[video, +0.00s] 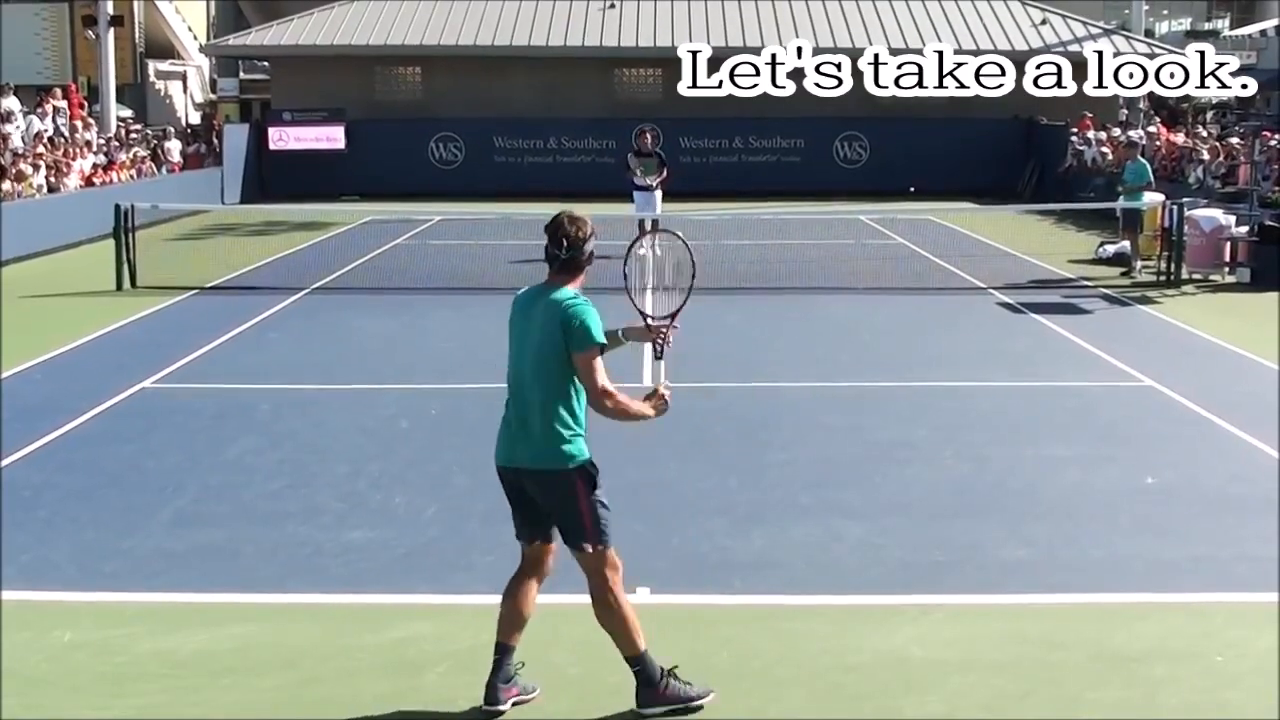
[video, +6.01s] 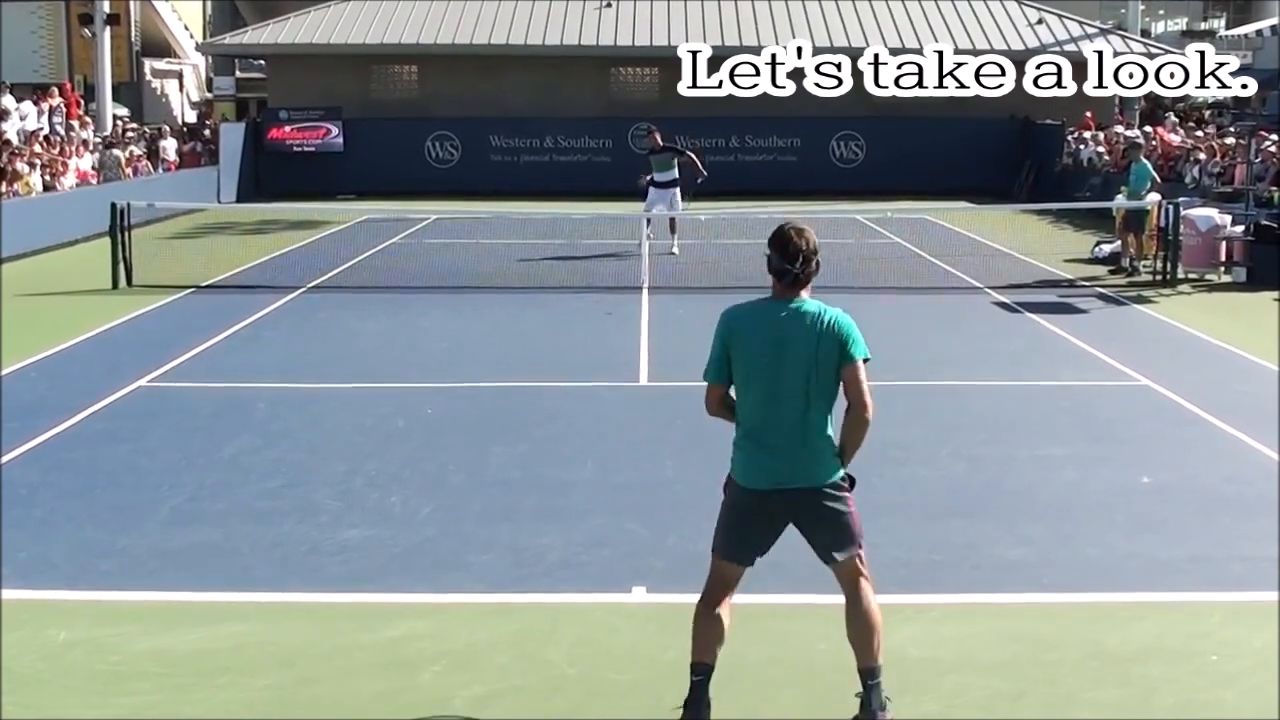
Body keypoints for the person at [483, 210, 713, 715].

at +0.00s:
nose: (592, 258)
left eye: (587, 250)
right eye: (592, 251)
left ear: (547, 253)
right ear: (589, 257)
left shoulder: (523, 302)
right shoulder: (578, 313)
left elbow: (568, 349)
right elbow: (602, 397)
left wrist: (633, 333)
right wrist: (648, 407)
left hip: (513, 457)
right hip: (560, 460)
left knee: (536, 558)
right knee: (604, 569)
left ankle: (500, 680)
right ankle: (652, 682)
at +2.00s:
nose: (538, 248)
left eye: (524, 241)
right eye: (537, 243)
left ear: (493, 247)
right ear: (535, 250)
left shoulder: (468, 293)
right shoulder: (530, 305)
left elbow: (506, 336)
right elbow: (545, 388)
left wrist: (562, 347)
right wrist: (572, 411)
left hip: (461, 445)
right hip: (513, 445)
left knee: (431, 549)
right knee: (563, 543)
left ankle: (382, 659)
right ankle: (544, 662)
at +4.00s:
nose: (600, 266)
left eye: (601, 259)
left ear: (603, 262)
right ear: (647, 261)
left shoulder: (606, 310)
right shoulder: (681, 312)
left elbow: (586, 397)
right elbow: (678, 403)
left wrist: (567, 392)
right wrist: (618, 436)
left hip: (645, 470)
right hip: (694, 465)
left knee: (589, 579)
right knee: (671, 570)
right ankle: (688, 695)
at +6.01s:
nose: (781, 270)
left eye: (773, 262)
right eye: (803, 263)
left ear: (769, 267)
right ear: (814, 270)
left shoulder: (735, 320)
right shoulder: (836, 324)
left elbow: (716, 403)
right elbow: (861, 406)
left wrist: (762, 417)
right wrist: (841, 463)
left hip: (752, 481)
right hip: (818, 480)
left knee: (717, 591)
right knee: (857, 583)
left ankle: (697, 701)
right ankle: (873, 701)